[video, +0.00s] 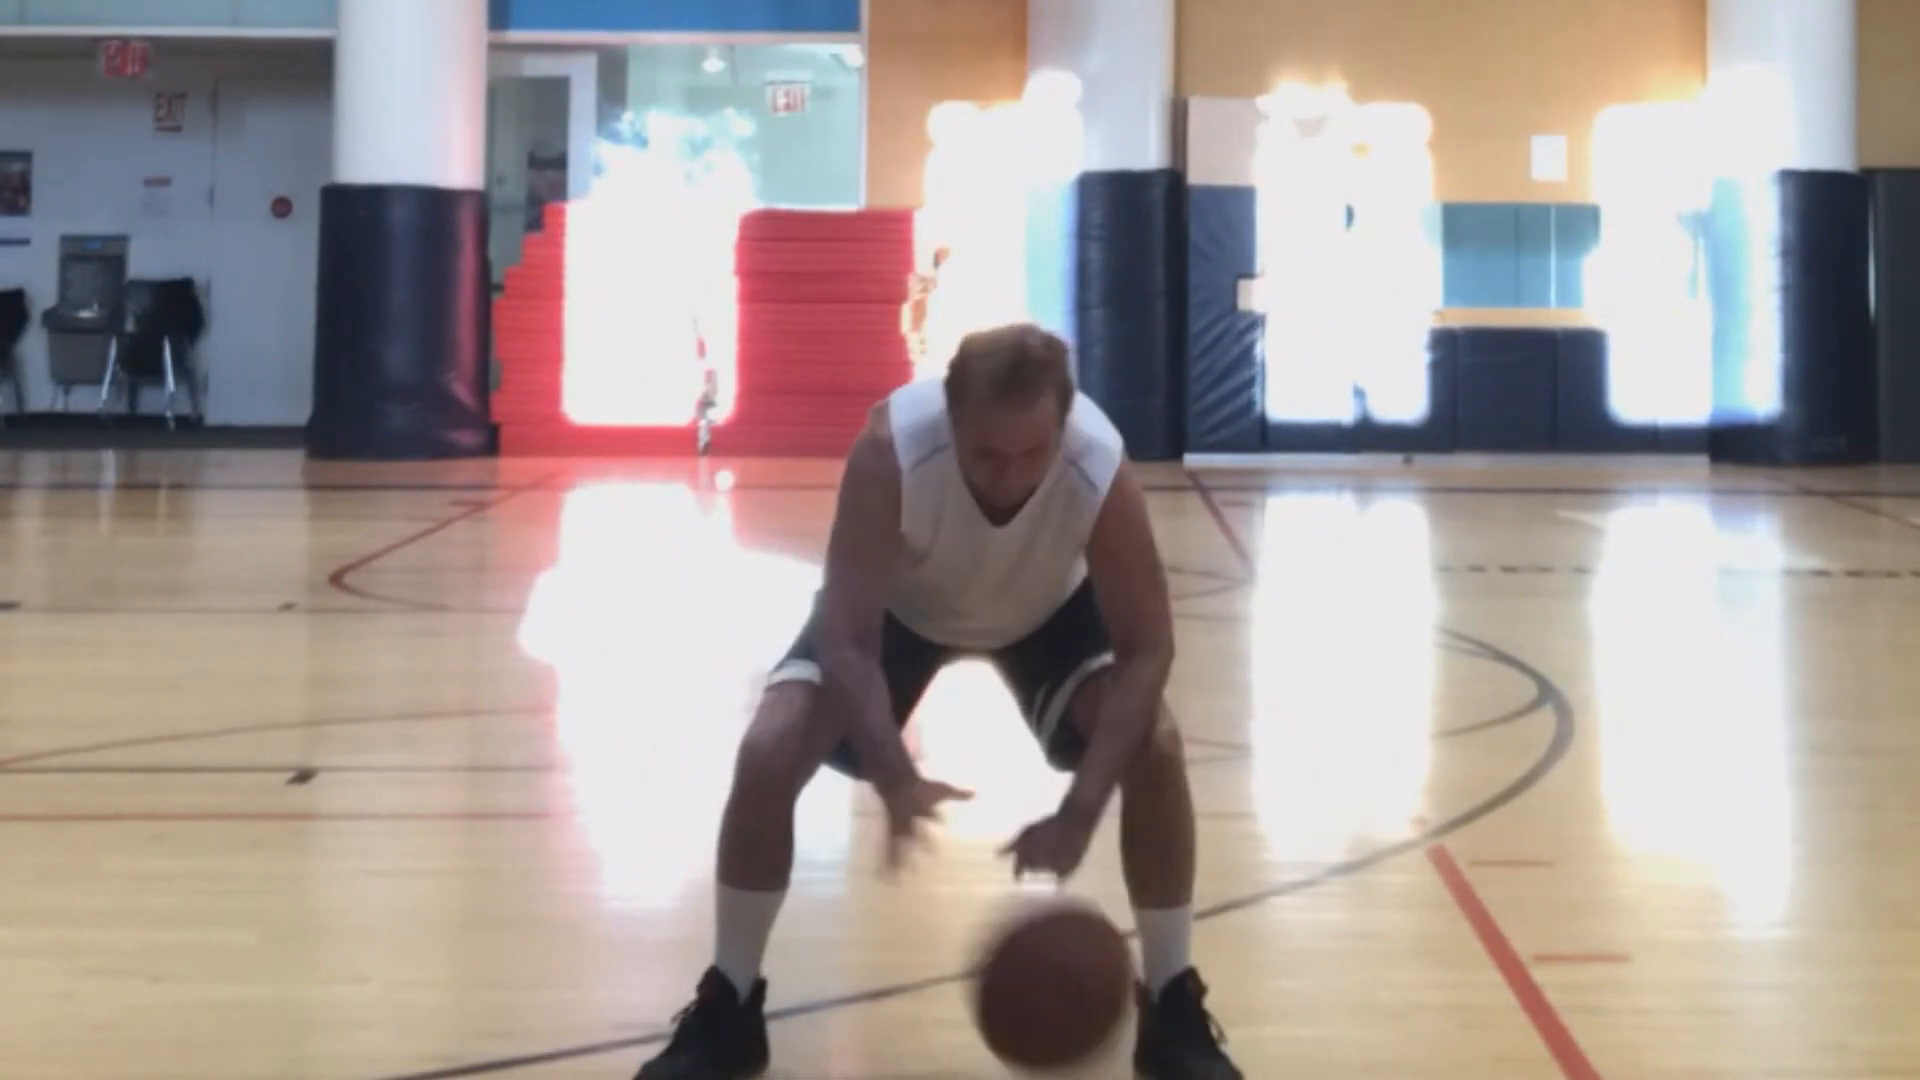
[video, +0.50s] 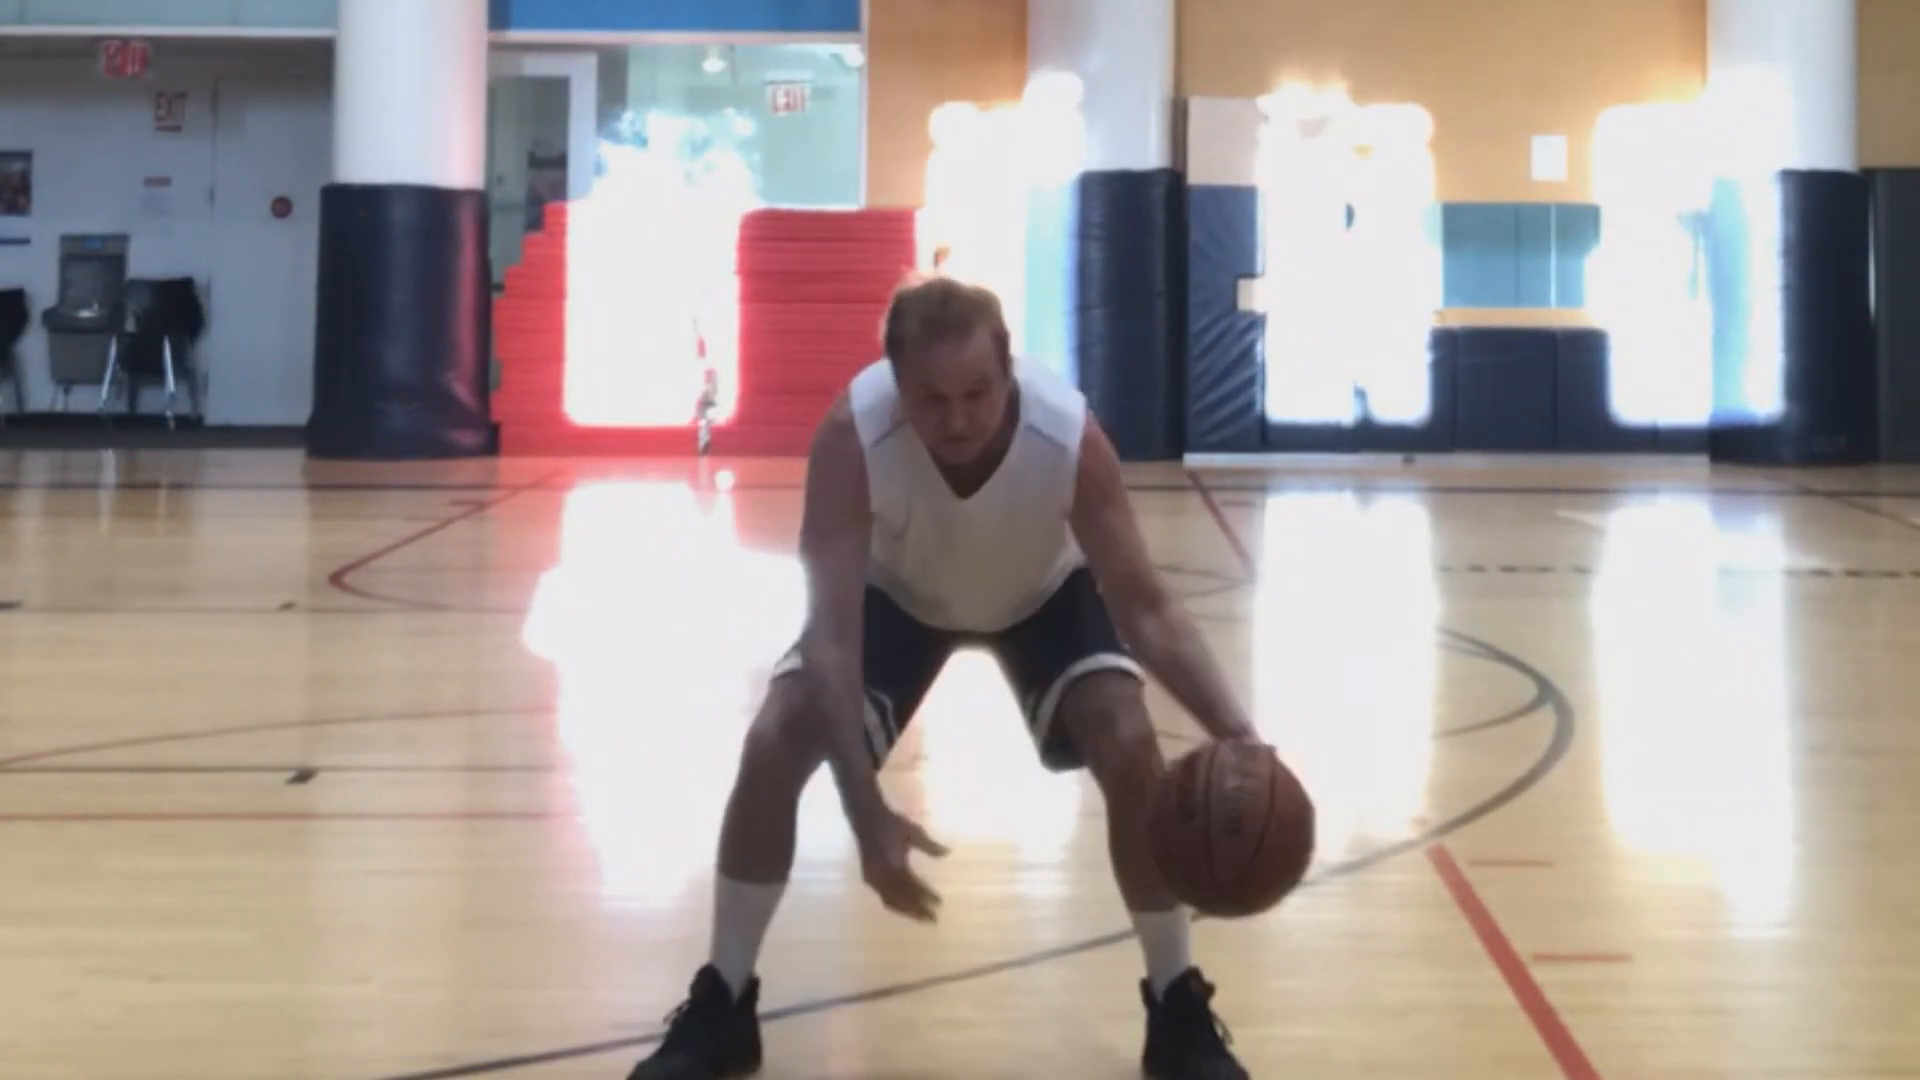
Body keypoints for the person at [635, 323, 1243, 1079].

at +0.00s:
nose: (1009, 476)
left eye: (1032, 454)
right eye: (988, 454)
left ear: (1062, 428)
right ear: (953, 425)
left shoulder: (1097, 466)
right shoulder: (891, 449)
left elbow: (1148, 648)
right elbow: (845, 639)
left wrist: (1078, 815)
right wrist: (894, 773)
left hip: (1045, 609)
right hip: (900, 608)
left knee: (1150, 743)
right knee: (765, 755)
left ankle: (1174, 1009)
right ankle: (729, 1008)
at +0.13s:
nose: (926, 487)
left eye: (943, 459)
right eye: (900, 467)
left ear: (978, 440)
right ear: (869, 460)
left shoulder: (1049, 504)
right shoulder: (841, 530)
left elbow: (1097, 688)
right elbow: (800, 731)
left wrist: (985, 827)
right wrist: (813, 914)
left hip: (1037, 670)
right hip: (896, 665)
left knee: (1129, 782)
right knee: (747, 759)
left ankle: (1168, 1015)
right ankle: (724, 1011)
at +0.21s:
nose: (937, 491)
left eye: (954, 465)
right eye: (913, 471)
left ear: (988, 444)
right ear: (878, 462)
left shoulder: (1053, 501)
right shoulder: (845, 529)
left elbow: (1104, 682)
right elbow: (794, 731)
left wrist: (997, 818)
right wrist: (810, 905)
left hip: (1038, 668)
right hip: (894, 664)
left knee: (1136, 776)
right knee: (751, 762)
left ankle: (1169, 1013)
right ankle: (724, 1002)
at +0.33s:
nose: (934, 482)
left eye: (952, 455)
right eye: (910, 463)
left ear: (987, 438)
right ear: (877, 454)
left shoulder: (1054, 501)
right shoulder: (844, 523)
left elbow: (1102, 687)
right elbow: (790, 725)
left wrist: (985, 819)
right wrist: (798, 907)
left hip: (1039, 669)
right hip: (896, 663)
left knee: (1130, 776)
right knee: (752, 756)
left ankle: (1168, 1015)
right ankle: (723, 1004)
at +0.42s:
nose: (938, 448)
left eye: (958, 424)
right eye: (916, 428)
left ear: (996, 392)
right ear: (886, 407)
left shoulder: (1056, 441)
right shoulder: (843, 438)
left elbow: (1086, 624)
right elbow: (815, 629)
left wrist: (1030, 786)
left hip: (1032, 598)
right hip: (890, 595)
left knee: (1126, 748)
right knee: (770, 743)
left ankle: (1175, 1002)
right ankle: (724, 1003)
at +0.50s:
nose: (958, 420)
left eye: (977, 394)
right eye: (934, 401)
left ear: (1007, 369)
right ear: (899, 385)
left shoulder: (1067, 437)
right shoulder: (851, 441)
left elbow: (1145, 605)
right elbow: (832, 644)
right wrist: (867, 815)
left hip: (1045, 594)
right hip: (900, 595)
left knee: (1127, 743)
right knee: (774, 742)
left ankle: (1179, 1011)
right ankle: (722, 1006)